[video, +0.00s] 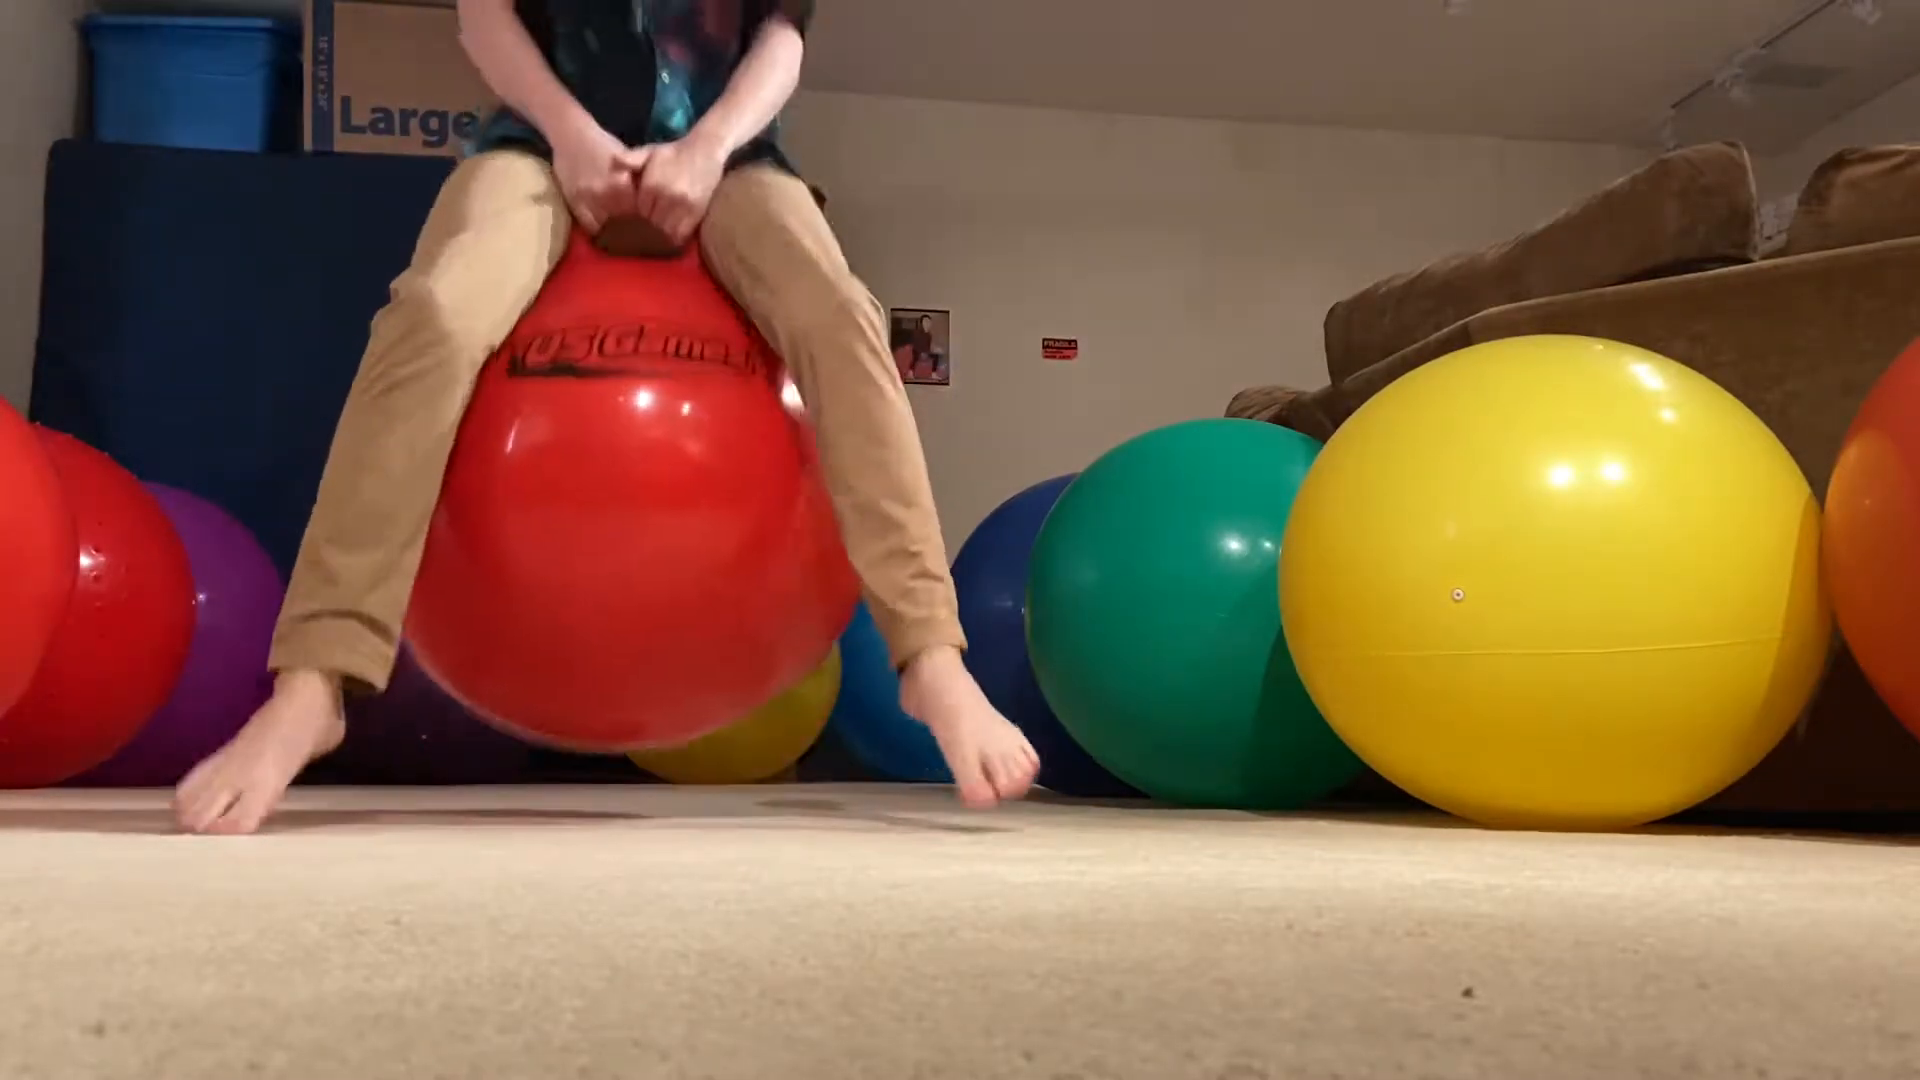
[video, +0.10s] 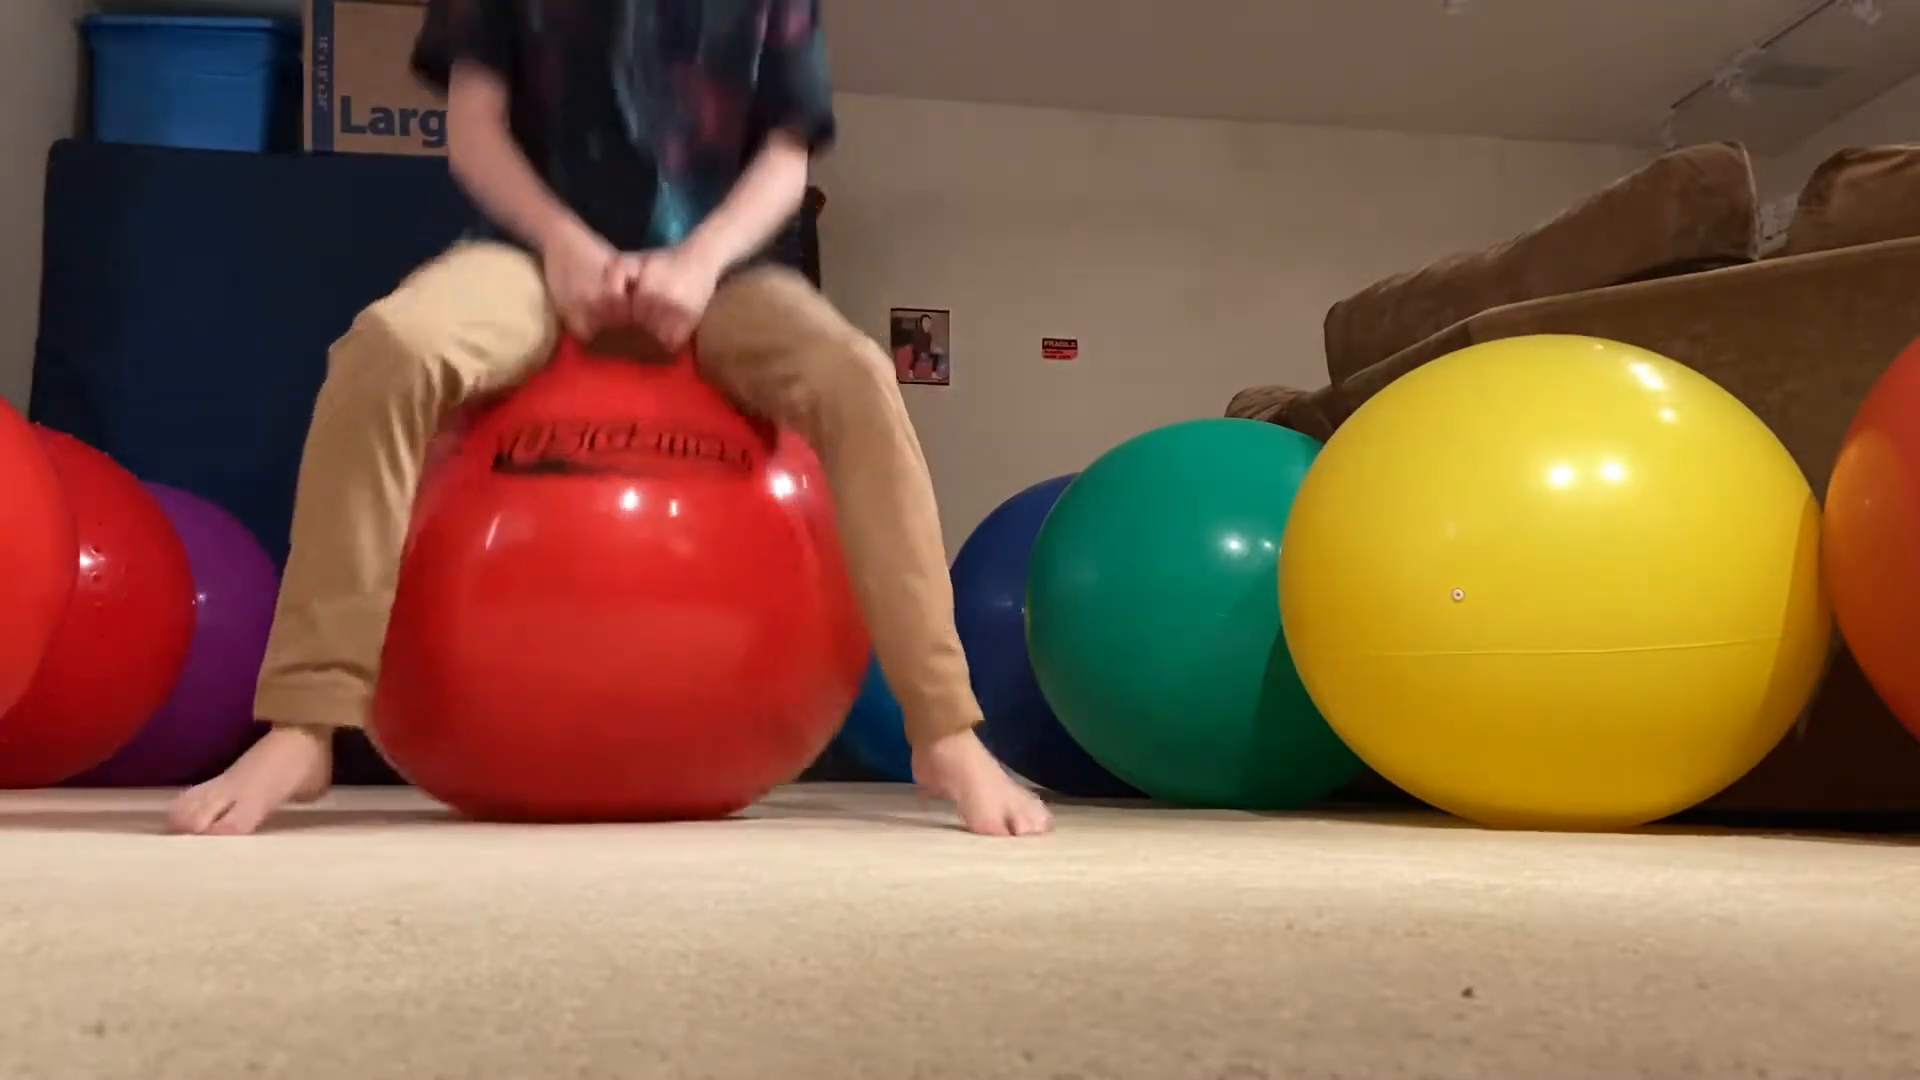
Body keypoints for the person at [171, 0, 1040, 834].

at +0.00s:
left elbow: (783, 37)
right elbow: (481, 20)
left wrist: (711, 144)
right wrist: (573, 133)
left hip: (723, 137)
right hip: (541, 133)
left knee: (839, 318)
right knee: (435, 318)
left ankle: (934, 662)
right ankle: (309, 685)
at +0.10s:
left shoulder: (774, 10)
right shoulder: (504, 3)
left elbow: (792, 150)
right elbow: (470, 133)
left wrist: (701, 258)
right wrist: (559, 238)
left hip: (716, 254)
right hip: (537, 249)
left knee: (854, 371)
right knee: (388, 344)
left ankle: (945, 735)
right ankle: (301, 725)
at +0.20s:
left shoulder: (770, 126)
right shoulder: (503, 106)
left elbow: (794, 323)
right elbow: (456, 296)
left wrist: (694, 413)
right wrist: (556, 392)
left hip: (707, 421)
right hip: (531, 408)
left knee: (872, 407)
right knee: (362, 371)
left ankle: (951, 761)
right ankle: (277, 754)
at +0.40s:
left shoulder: (778, 35)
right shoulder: (519, 19)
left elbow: (801, 245)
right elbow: (475, 217)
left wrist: (710, 351)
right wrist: (563, 329)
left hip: (718, 370)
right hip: (550, 358)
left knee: (905, 399)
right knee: (351, 362)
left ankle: (945, 763)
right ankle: (281, 753)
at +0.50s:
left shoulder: (790, 1)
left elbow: (810, 78)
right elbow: (514, 44)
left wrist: (726, 203)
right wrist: (592, 190)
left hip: (748, 207)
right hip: (554, 195)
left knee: (874, 362)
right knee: (386, 351)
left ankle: (952, 720)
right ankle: (268, 738)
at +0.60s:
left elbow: (792, 3)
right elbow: (542, 2)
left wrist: (707, 97)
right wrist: (583, 100)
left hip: (751, 84)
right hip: (568, 78)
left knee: (784, 276)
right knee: (429, 319)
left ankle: (933, 648)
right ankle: (290, 697)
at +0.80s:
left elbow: (856, 33)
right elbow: (577, 57)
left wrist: (704, 158)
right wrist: (598, 182)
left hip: (772, 165)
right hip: (620, 191)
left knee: (743, 238)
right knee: (383, 353)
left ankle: (709, 656)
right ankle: (370, 741)